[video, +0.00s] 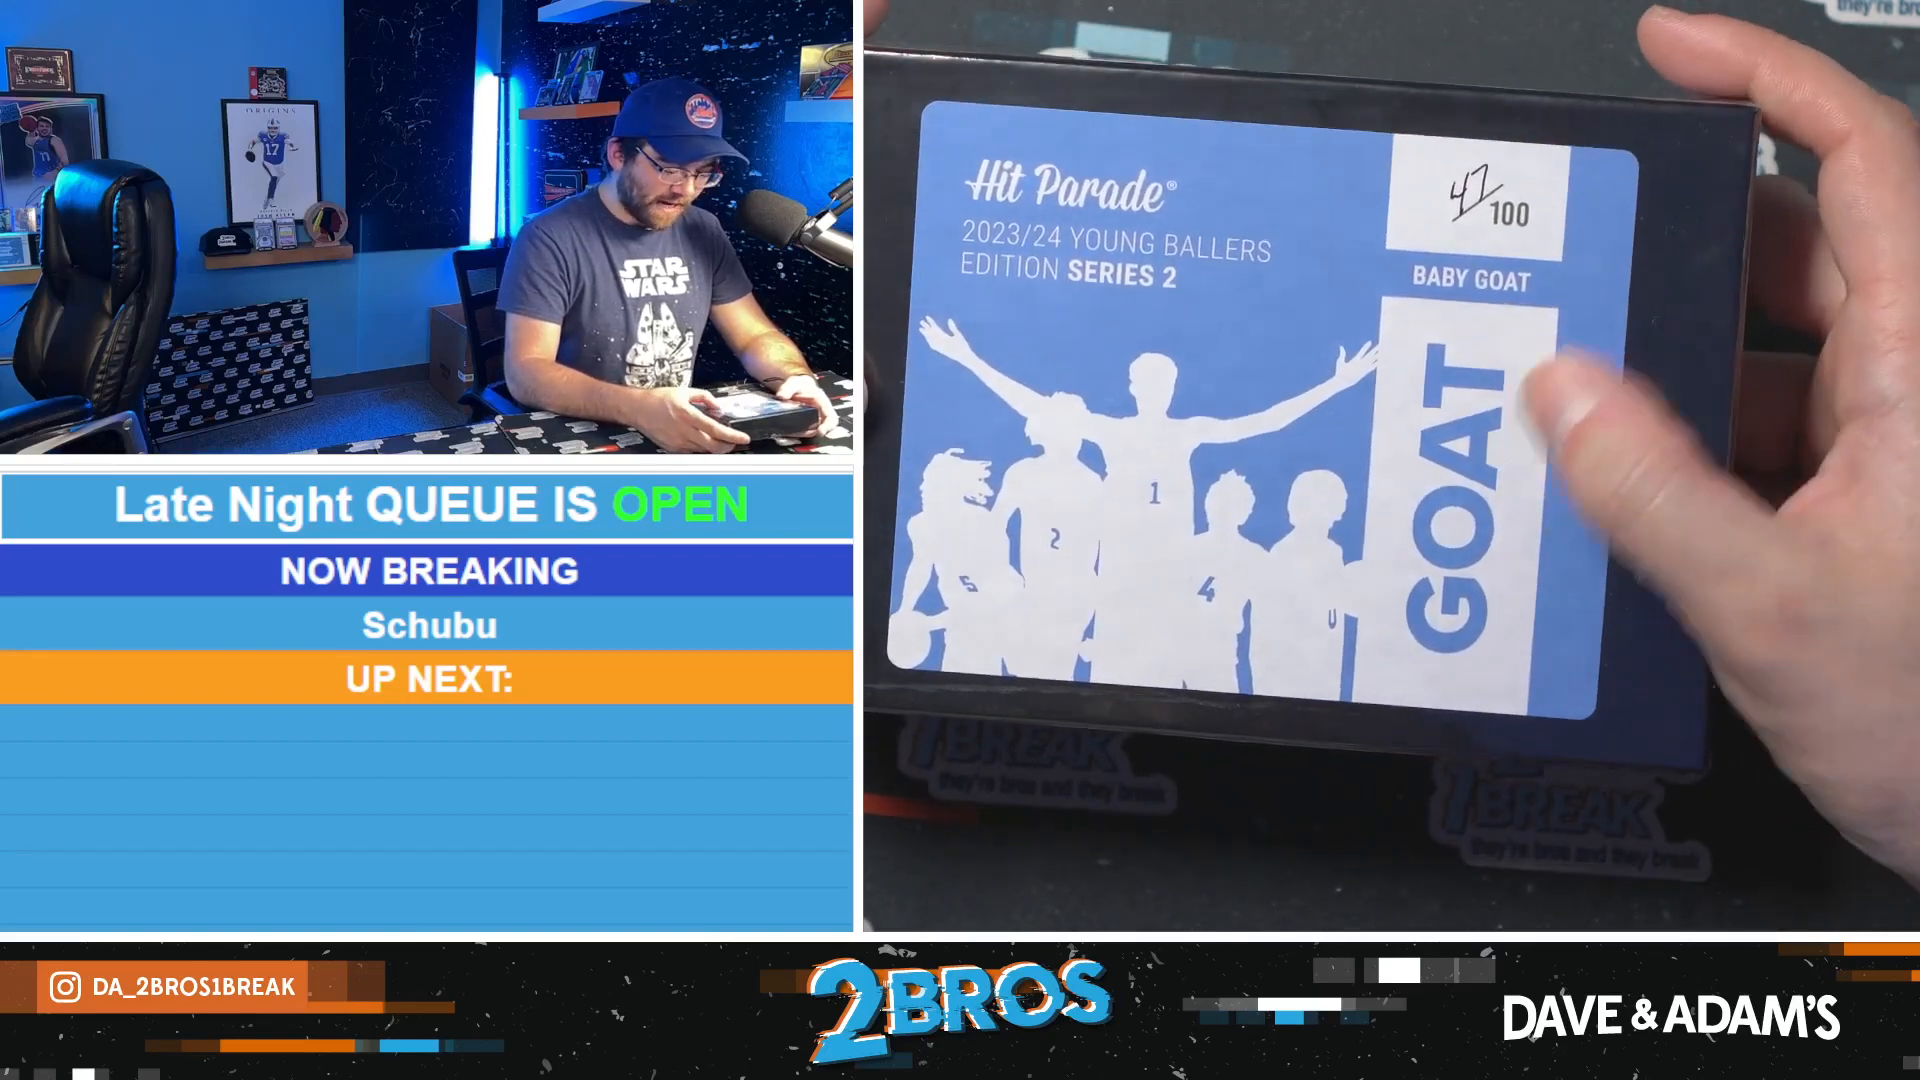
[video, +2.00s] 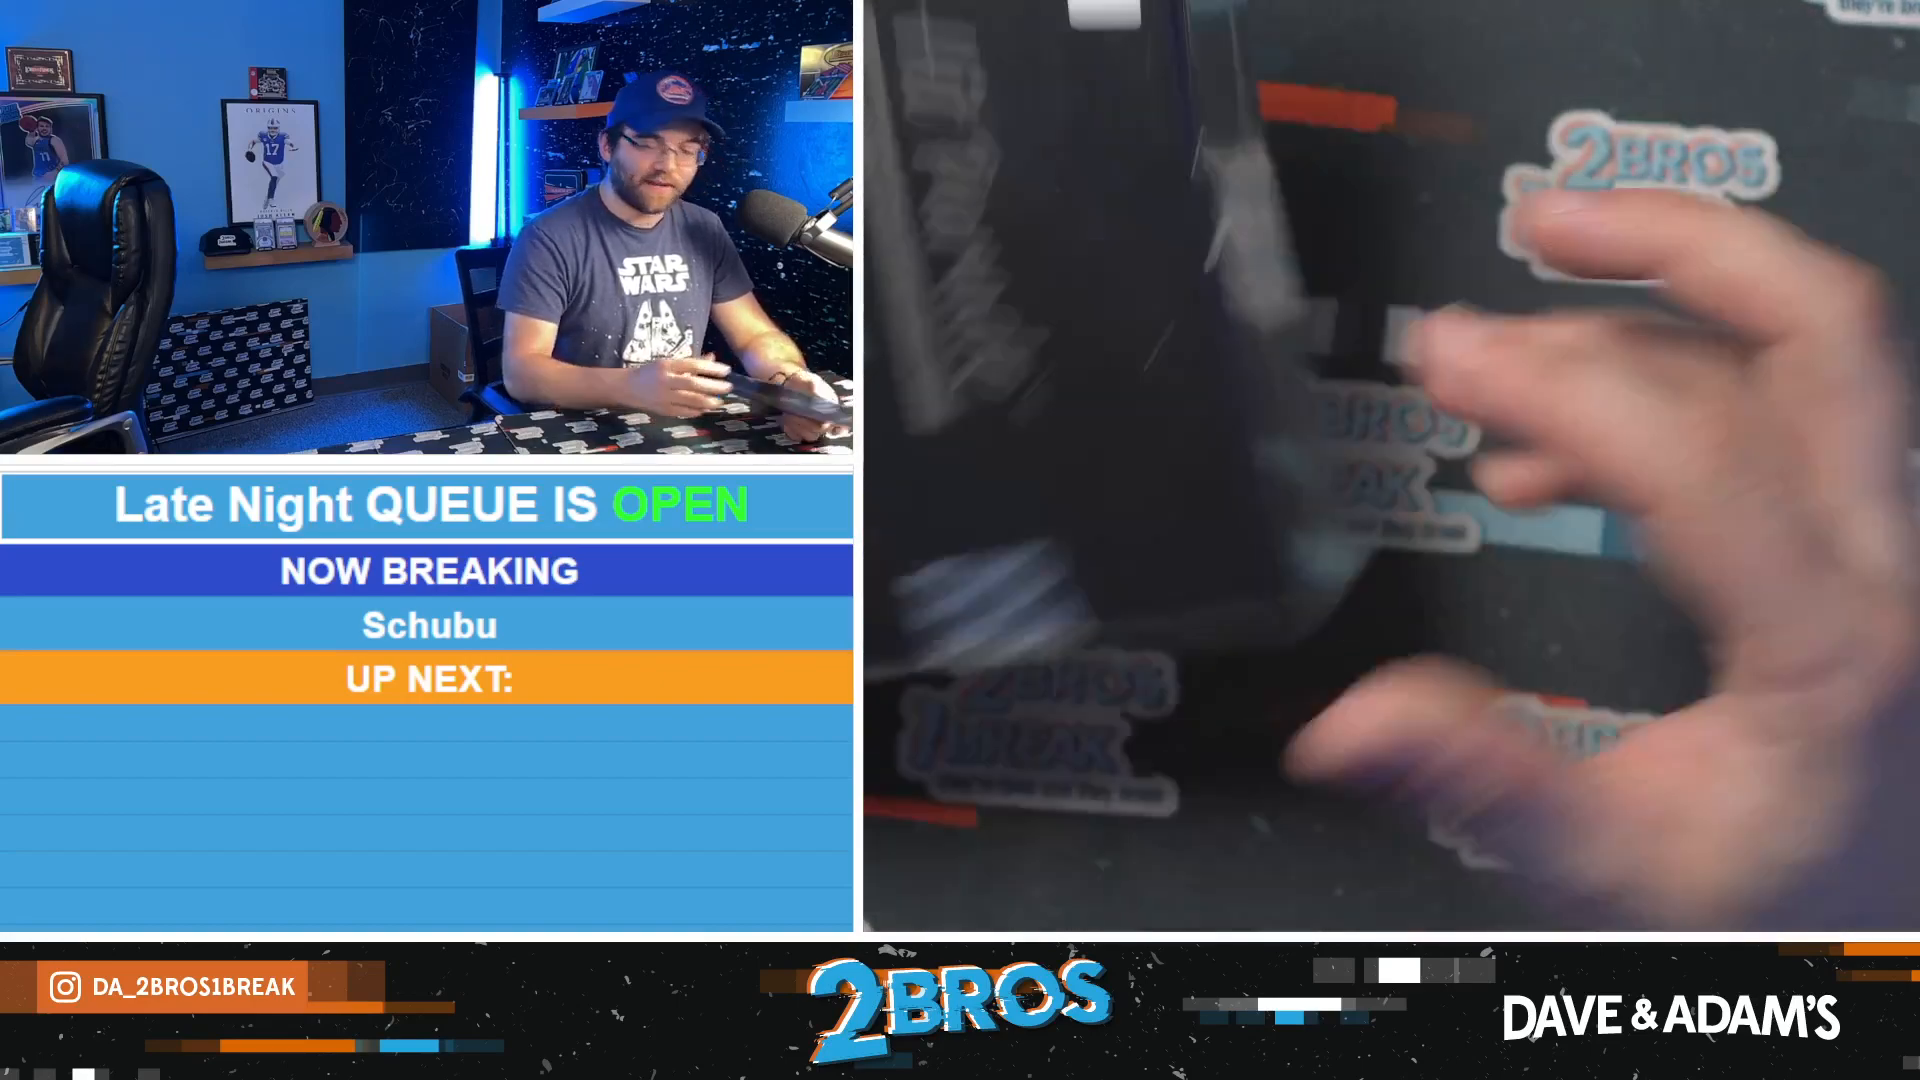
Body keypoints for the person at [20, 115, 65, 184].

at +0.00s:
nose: (44, 128)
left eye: (47, 126)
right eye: (41, 126)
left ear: (50, 128)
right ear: (37, 128)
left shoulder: (55, 140)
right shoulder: (35, 140)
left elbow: (64, 160)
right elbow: (28, 142)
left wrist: (54, 173)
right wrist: (31, 132)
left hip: (51, 177)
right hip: (37, 176)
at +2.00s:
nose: (44, 128)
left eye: (47, 126)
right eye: (41, 126)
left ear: (51, 129)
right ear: (37, 128)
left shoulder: (54, 140)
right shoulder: (35, 140)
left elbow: (64, 161)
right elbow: (28, 142)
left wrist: (54, 173)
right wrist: (31, 133)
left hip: (50, 177)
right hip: (37, 176)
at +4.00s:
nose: (44, 128)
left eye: (47, 126)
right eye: (41, 126)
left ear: (50, 128)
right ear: (37, 128)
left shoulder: (54, 140)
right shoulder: (35, 140)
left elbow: (64, 160)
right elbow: (28, 141)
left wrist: (53, 173)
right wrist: (31, 132)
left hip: (50, 177)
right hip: (37, 176)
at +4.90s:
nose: (44, 128)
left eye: (47, 126)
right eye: (41, 126)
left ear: (50, 128)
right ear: (37, 128)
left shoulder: (54, 140)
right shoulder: (35, 140)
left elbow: (64, 161)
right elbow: (28, 142)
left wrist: (53, 173)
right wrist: (31, 132)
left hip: (50, 177)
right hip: (37, 176)